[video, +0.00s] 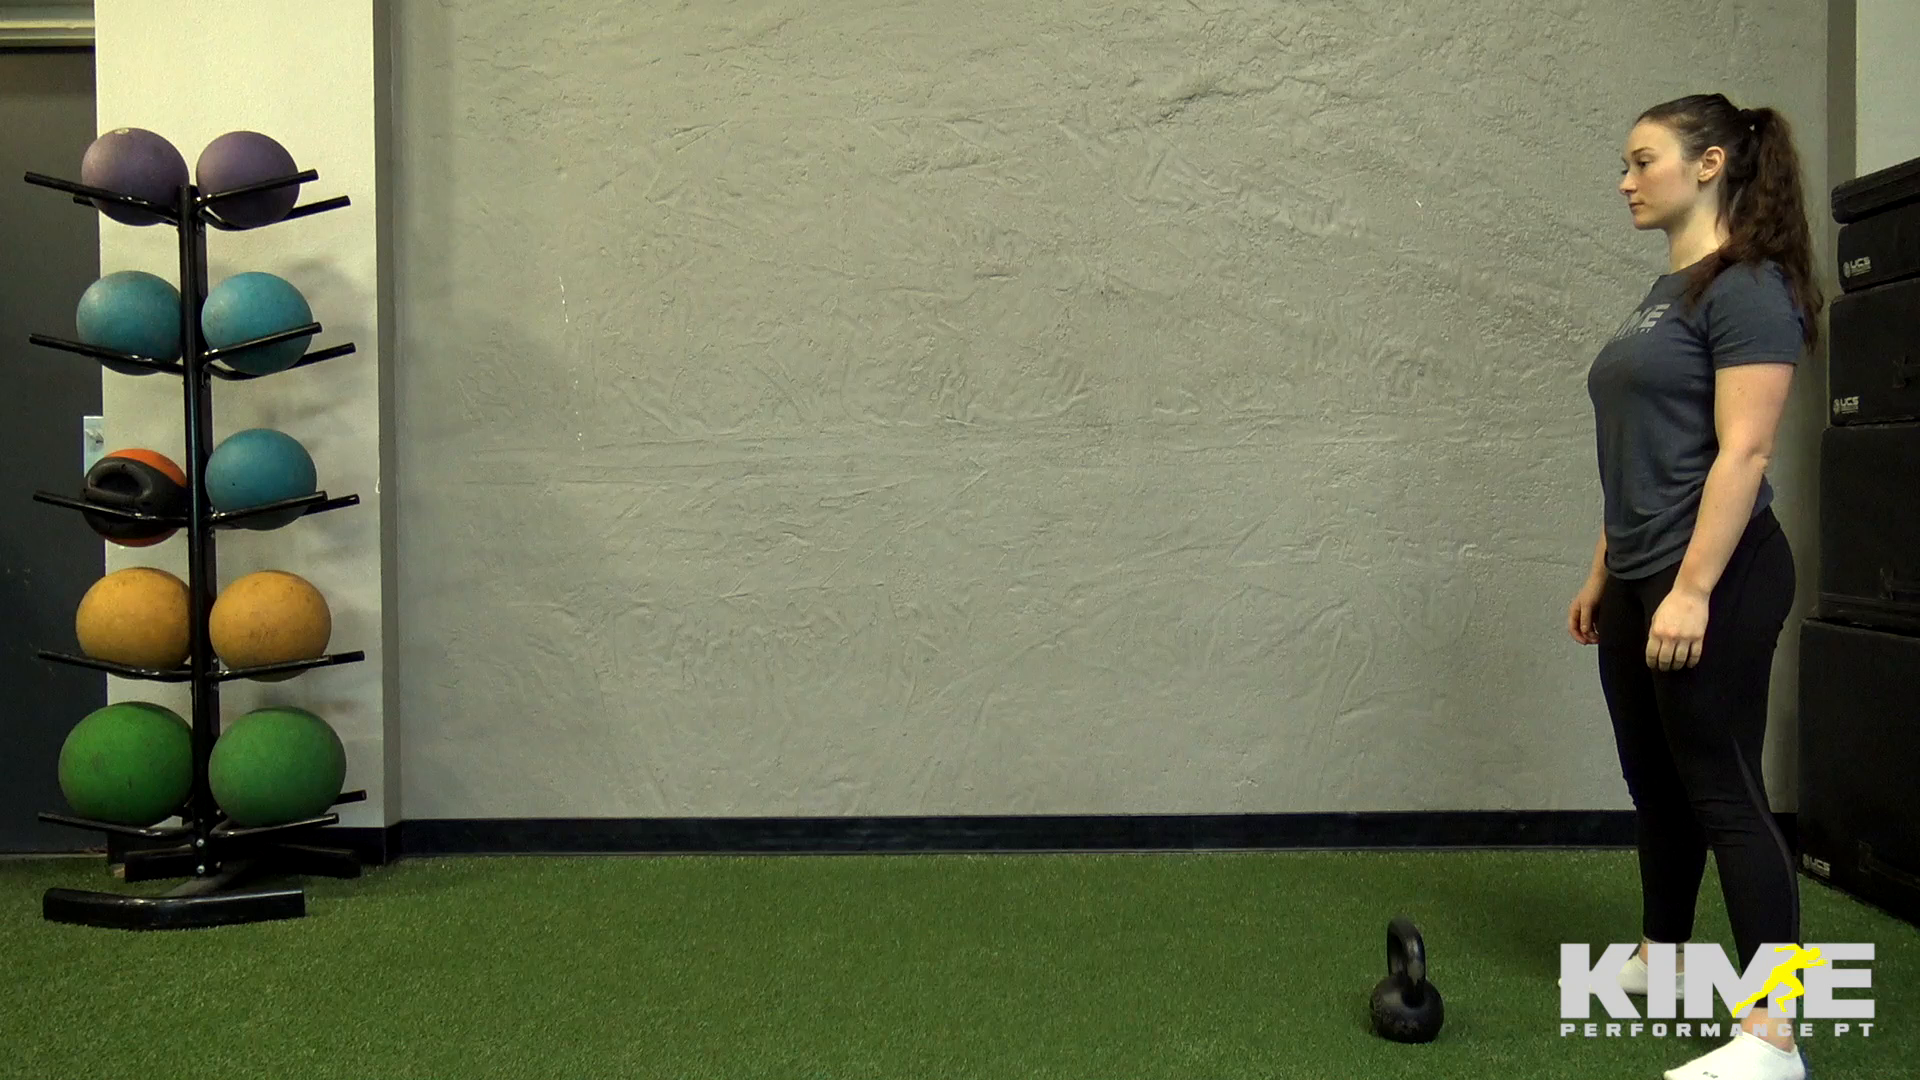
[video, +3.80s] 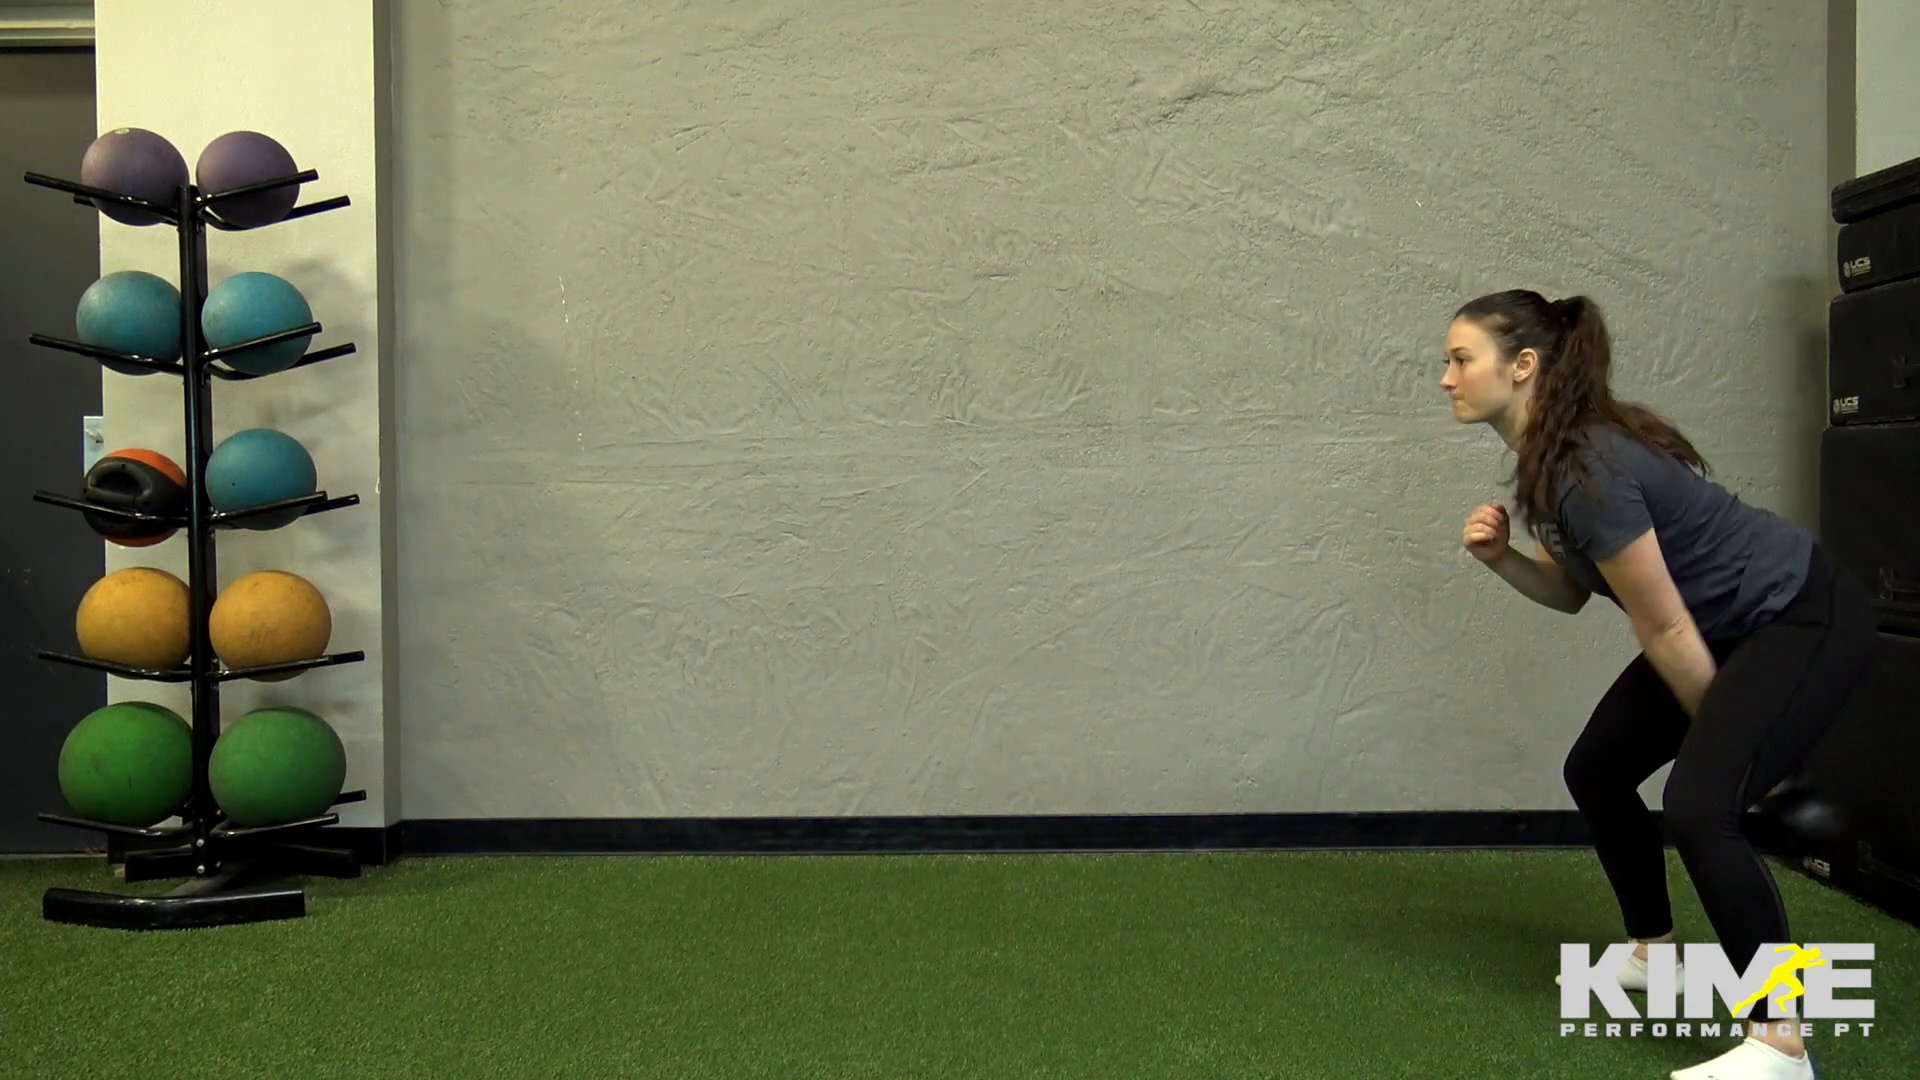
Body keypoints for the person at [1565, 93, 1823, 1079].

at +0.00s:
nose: (1627, 182)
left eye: (1643, 163)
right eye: (1628, 165)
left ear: (1710, 165)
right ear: (1695, 169)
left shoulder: (1746, 288)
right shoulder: (1670, 288)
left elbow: (1746, 453)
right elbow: (1644, 455)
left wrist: (1692, 587)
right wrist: (1603, 570)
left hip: (1719, 572)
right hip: (1642, 575)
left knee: (1726, 796)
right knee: (1660, 790)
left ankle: (1773, 1030)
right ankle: (1660, 975)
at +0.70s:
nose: (1522, 262)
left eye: (1522, 239)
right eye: (1514, 247)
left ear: (1580, 206)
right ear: (1581, 214)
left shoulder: (1674, 308)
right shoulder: (1615, 313)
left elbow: (1669, 470)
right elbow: (1636, 461)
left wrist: (1622, 605)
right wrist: (1565, 540)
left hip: (1743, 562)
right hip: (1678, 564)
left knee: (1684, 780)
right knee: (1632, 763)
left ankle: (1774, 1019)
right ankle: (1657, 962)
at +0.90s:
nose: (1474, 357)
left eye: (1474, 335)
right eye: (1465, 343)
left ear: (1526, 304)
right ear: (1526, 308)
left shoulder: (1626, 383)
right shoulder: (1585, 386)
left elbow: (1599, 559)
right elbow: (1600, 502)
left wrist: (1536, 692)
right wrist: (1556, 555)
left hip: (1805, 587)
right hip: (1724, 597)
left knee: (1704, 792)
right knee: (1628, 765)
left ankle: (1779, 1031)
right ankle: (1659, 958)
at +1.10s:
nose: (1457, 460)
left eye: (1459, 440)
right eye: (1448, 445)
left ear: (1510, 410)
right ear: (1513, 410)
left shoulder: (1605, 483)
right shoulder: (1579, 469)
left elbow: (1550, 666)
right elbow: (1654, 577)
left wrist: (1474, 787)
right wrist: (1554, 618)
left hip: (1829, 629)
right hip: (1746, 630)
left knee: (1690, 806)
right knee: (1602, 771)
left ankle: (1779, 1036)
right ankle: (1657, 963)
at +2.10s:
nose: (1431, 566)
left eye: (1434, 545)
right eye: (1423, 549)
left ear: (1491, 521)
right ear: (1493, 522)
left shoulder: (1583, 600)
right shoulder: (1553, 569)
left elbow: (1546, 796)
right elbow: (1573, 713)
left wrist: (1501, 921)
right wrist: (1507, 678)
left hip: (1837, 671)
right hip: (1759, 665)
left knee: (1677, 816)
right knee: (1590, 776)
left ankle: (1777, 1038)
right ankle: (1655, 955)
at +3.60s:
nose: (1445, 465)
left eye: (1453, 445)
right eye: (1443, 448)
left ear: (1517, 438)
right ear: (1516, 441)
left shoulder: (1600, 526)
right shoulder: (1566, 517)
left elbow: (1619, 710)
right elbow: (1594, 657)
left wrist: (1602, 824)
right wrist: (1511, 616)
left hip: (1829, 648)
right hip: (1754, 652)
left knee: (1688, 810)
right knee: (1586, 772)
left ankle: (1780, 1036)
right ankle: (1649, 962)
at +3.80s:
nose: (1446, 378)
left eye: (1461, 361)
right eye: (1448, 361)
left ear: (1523, 366)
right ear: (1520, 369)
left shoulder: (1587, 467)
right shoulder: (1553, 459)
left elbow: (1669, 630)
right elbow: (1569, 591)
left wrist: (1729, 752)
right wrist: (1501, 556)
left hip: (1805, 613)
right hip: (1728, 617)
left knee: (1699, 809)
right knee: (1596, 771)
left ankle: (1781, 1037)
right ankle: (1656, 962)